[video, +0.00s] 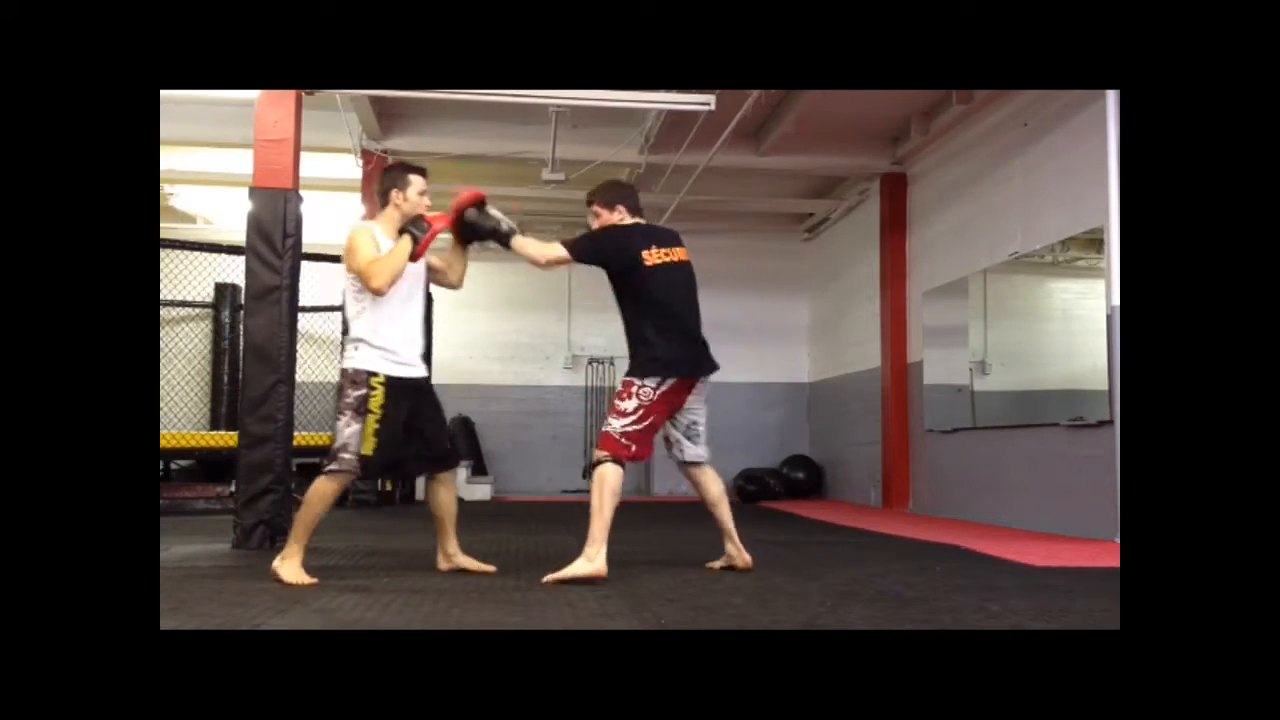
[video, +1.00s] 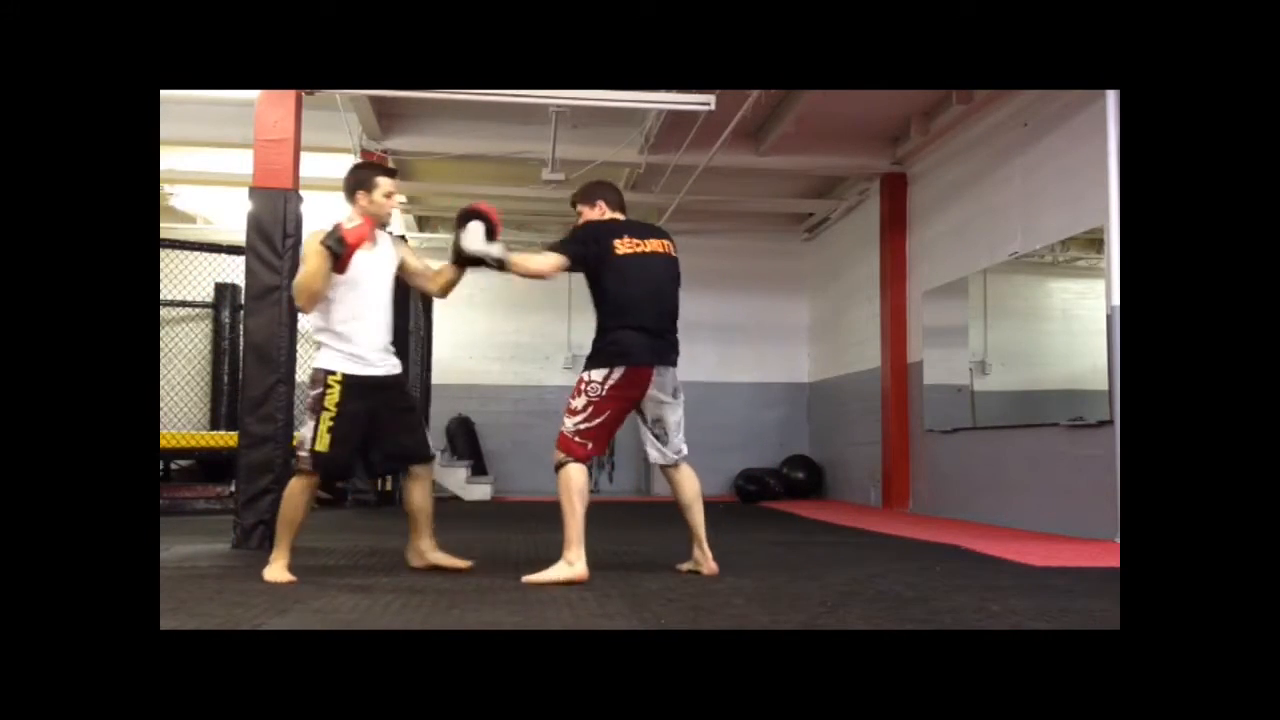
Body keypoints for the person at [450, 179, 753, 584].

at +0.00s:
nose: (593, 224)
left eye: (595, 216)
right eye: (593, 217)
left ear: (618, 211)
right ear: (631, 212)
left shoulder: (614, 239)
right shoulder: (669, 237)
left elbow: (546, 256)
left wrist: (502, 231)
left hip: (656, 365)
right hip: (693, 362)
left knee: (610, 453)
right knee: (695, 459)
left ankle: (593, 556)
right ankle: (736, 549)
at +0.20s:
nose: (578, 258)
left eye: (584, 248)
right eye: (575, 250)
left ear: (609, 239)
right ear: (576, 247)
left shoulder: (649, 267)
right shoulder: (587, 273)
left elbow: (663, 336)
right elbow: (563, 322)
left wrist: (604, 321)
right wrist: (556, 284)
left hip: (661, 383)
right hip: (630, 382)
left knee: (591, 452)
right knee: (651, 479)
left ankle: (588, 563)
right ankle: (733, 537)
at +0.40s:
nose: (544, 256)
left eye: (546, 247)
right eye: (542, 249)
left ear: (570, 240)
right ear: (573, 238)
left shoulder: (618, 266)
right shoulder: (581, 266)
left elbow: (645, 337)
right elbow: (560, 307)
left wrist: (592, 365)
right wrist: (555, 274)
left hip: (633, 376)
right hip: (639, 376)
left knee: (570, 456)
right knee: (650, 463)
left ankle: (586, 561)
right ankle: (719, 531)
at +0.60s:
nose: (550, 226)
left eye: (549, 216)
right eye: (547, 217)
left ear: (566, 207)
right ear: (588, 202)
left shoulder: (571, 249)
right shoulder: (633, 220)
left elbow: (536, 307)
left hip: (616, 364)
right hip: (659, 359)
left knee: (576, 454)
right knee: (647, 449)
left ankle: (586, 561)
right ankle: (694, 535)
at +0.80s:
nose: (575, 228)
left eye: (576, 218)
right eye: (574, 219)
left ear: (596, 210)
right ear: (611, 209)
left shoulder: (604, 240)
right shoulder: (655, 237)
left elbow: (590, 299)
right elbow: (643, 298)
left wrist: (553, 306)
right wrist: (576, 298)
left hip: (621, 361)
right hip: (665, 362)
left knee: (560, 444)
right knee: (668, 458)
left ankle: (573, 542)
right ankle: (703, 553)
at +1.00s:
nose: (578, 220)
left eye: (579, 213)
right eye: (577, 214)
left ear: (600, 206)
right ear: (616, 206)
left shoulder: (594, 232)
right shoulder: (661, 237)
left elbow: (545, 266)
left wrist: (496, 255)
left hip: (617, 356)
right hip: (664, 360)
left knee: (571, 452)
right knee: (673, 458)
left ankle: (573, 559)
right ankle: (703, 553)